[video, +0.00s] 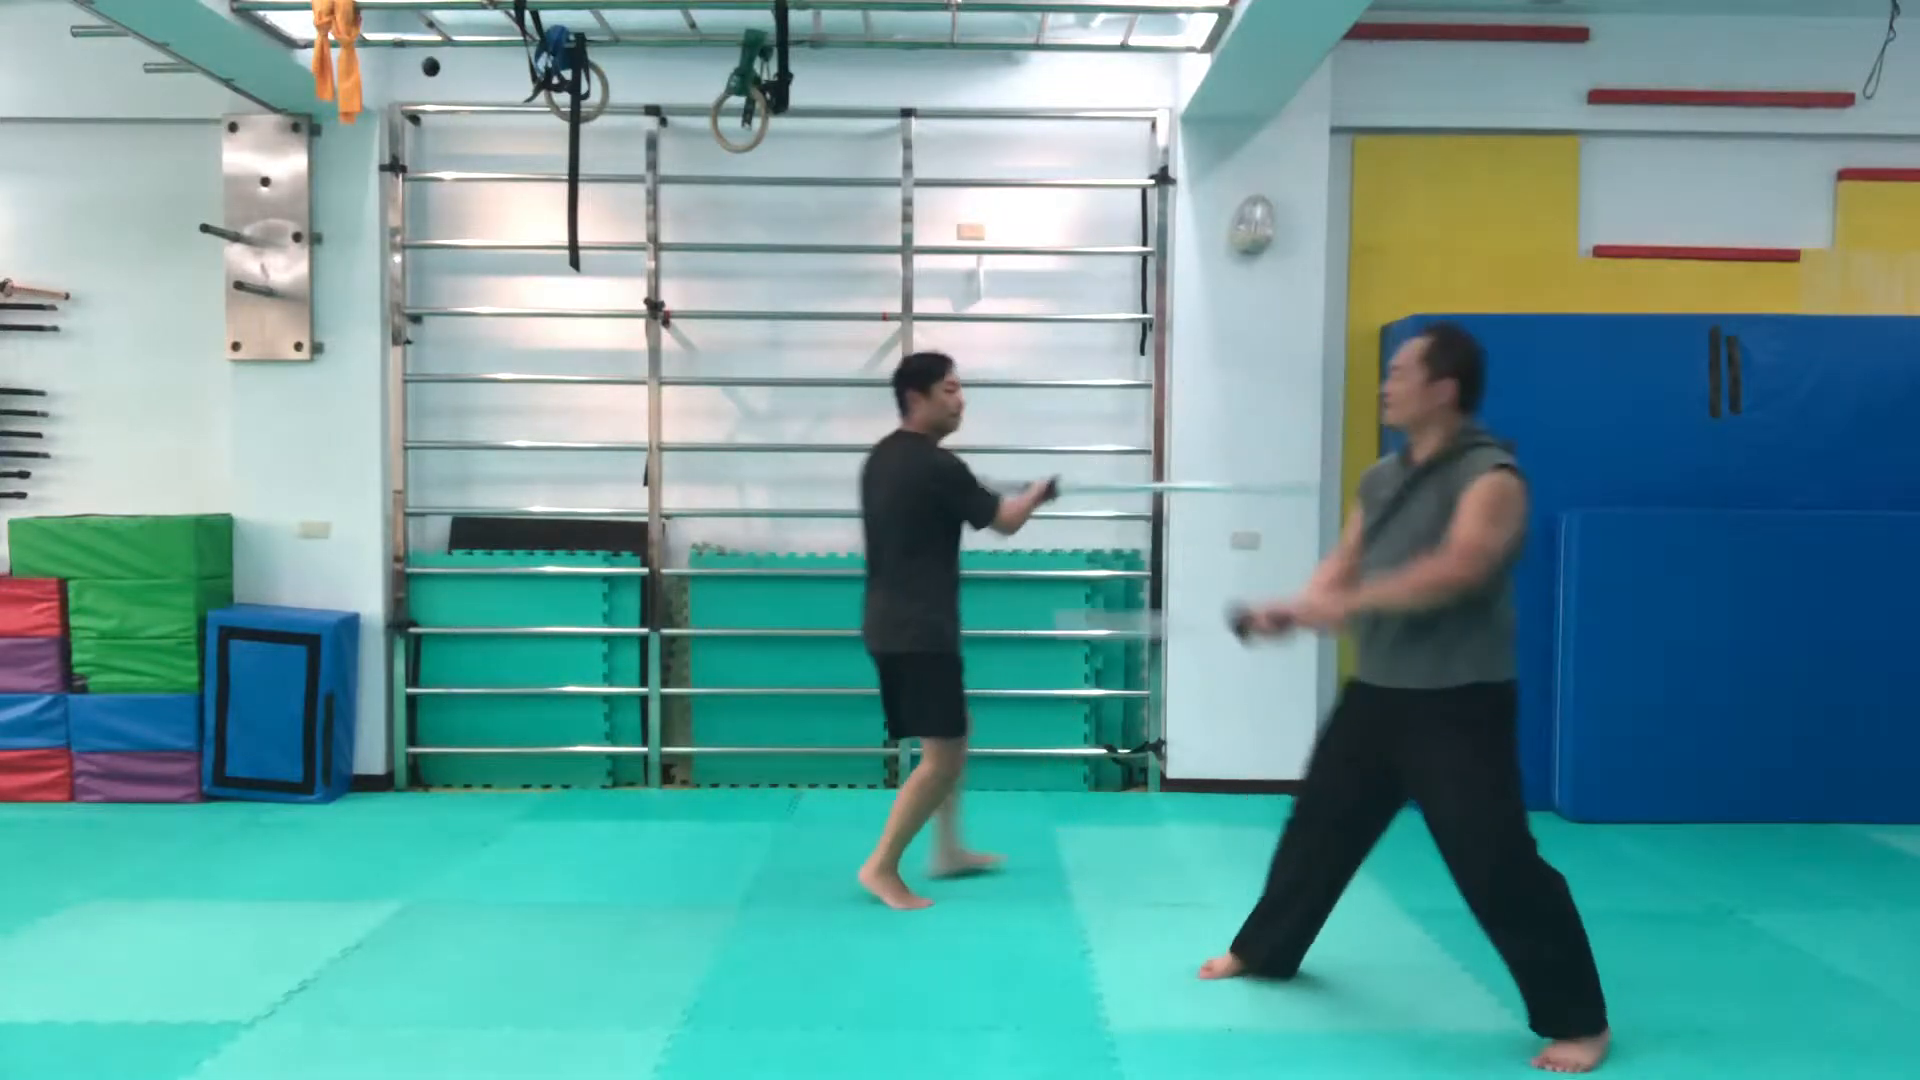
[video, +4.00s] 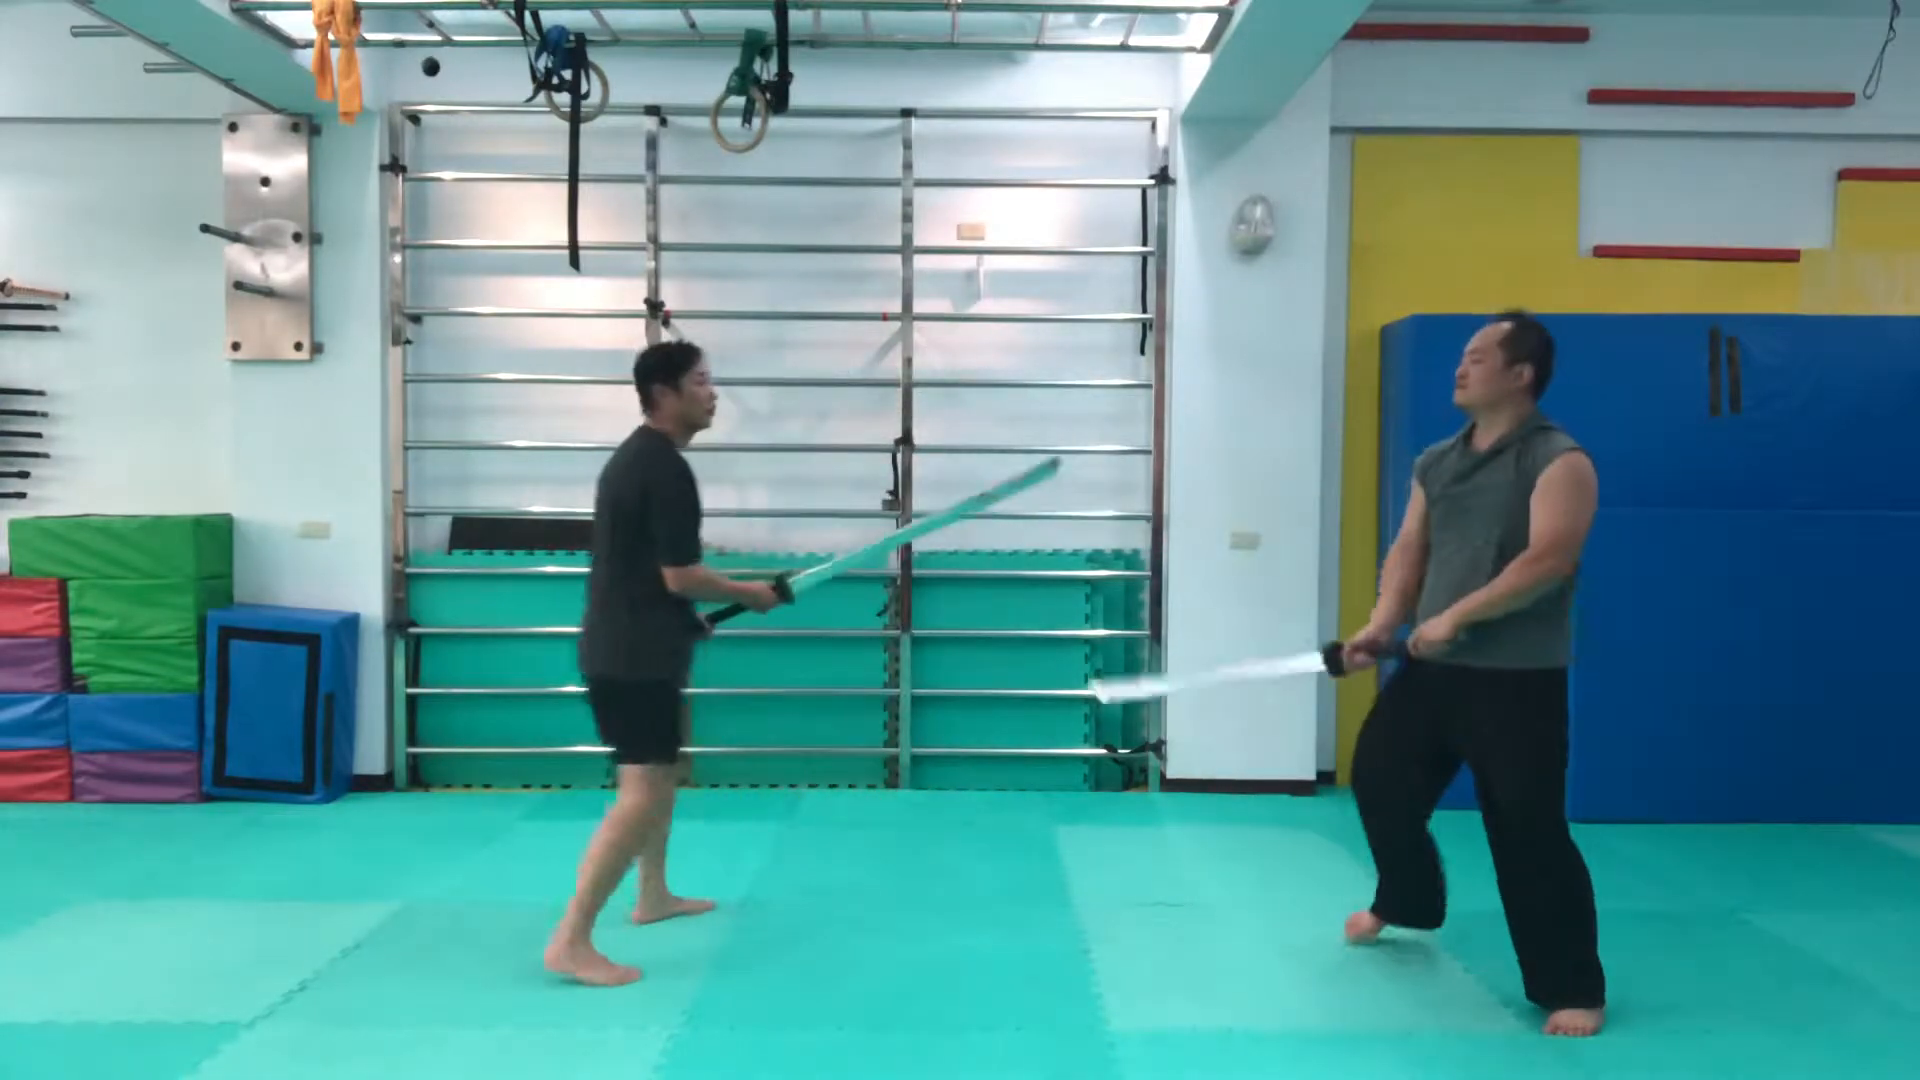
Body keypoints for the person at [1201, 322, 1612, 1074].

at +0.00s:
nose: (1386, 386)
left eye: (1400, 376)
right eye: (1388, 374)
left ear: (1446, 388)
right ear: (1415, 389)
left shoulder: (1492, 478)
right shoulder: (1380, 480)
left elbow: (1460, 569)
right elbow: (1345, 566)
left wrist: (1347, 603)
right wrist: (1289, 610)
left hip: (1461, 707)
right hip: (1378, 700)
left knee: (1498, 869)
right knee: (1320, 828)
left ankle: (1579, 1022)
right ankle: (1262, 952)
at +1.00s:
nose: (1378, 393)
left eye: (1390, 383)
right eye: (1379, 383)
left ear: (1433, 394)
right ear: (1404, 394)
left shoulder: (1472, 469)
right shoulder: (1387, 476)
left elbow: (1448, 567)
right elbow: (1355, 554)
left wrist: (1375, 624)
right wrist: (1306, 586)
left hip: (1472, 677)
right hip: (1394, 674)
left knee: (1514, 818)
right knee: (1370, 796)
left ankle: (1588, 959)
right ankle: (1367, 918)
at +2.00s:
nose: (1397, 413)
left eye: (1410, 402)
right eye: (1396, 401)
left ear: (1455, 406)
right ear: (1418, 409)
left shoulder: (1505, 470)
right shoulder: (1392, 486)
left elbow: (1442, 545)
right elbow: (1325, 534)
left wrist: (1348, 577)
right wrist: (1259, 557)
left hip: (1508, 686)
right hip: (1416, 687)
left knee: (1551, 819)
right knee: (1381, 798)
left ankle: (1613, 973)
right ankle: (1369, 918)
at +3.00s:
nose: (1219, 465)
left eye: (1228, 453)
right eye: (1218, 454)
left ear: (1262, 452)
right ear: (1228, 457)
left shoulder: (1320, 486)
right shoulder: (1246, 510)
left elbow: (1249, 403)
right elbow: (1174, 500)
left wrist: (1179, 370)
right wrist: (1141, 417)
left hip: (1372, 698)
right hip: (1300, 705)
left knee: (1453, 835)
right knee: (1224, 802)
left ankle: (1591, 966)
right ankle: (1230, 956)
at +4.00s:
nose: (1459, 368)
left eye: (1475, 359)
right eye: (1463, 357)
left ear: (1520, 375)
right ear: (1487, 374)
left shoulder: (1560, 463)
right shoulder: (1436, 464)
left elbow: (1551, 562)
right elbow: (1407, 553)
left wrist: (1457, 616)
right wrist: (1380, 627)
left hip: (1517, 685)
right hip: (1433, 678)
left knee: (1530, 835)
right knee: (1380, 776)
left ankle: (1573, 993)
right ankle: (1408, 899)